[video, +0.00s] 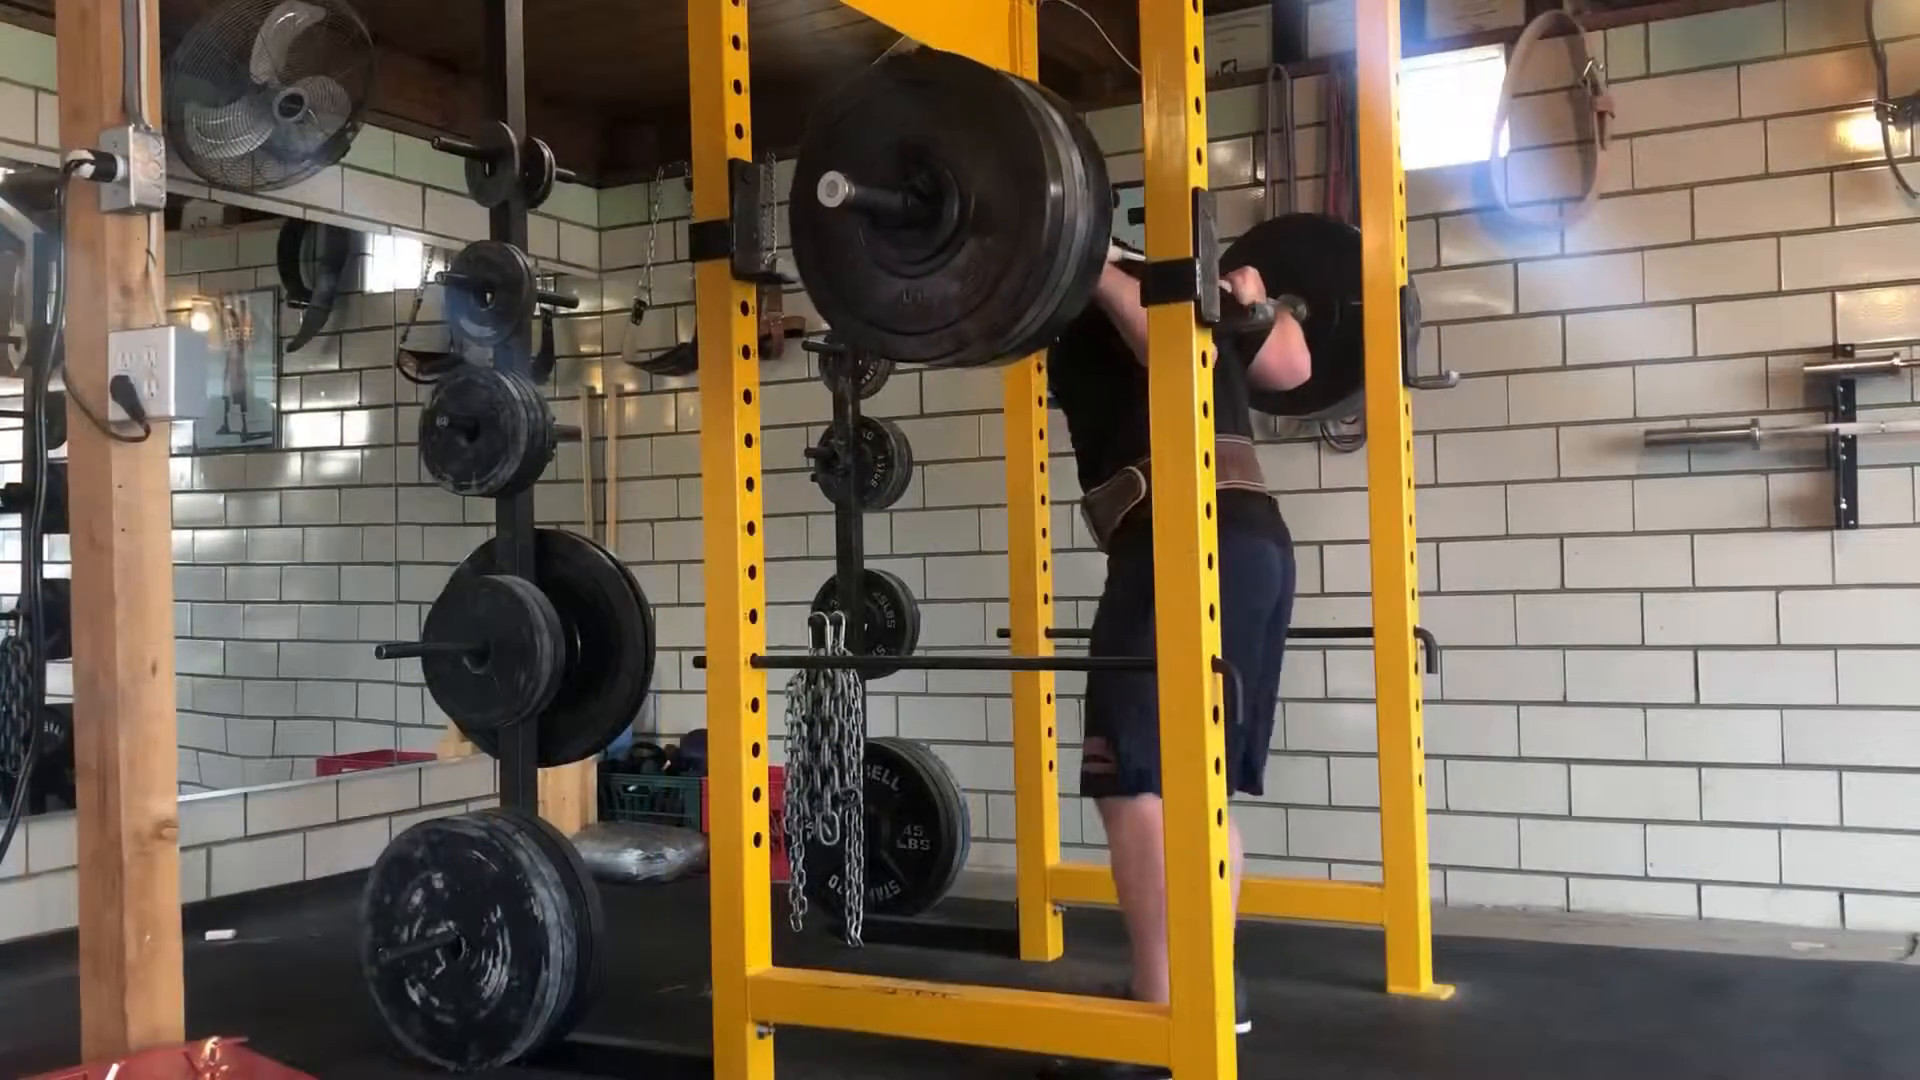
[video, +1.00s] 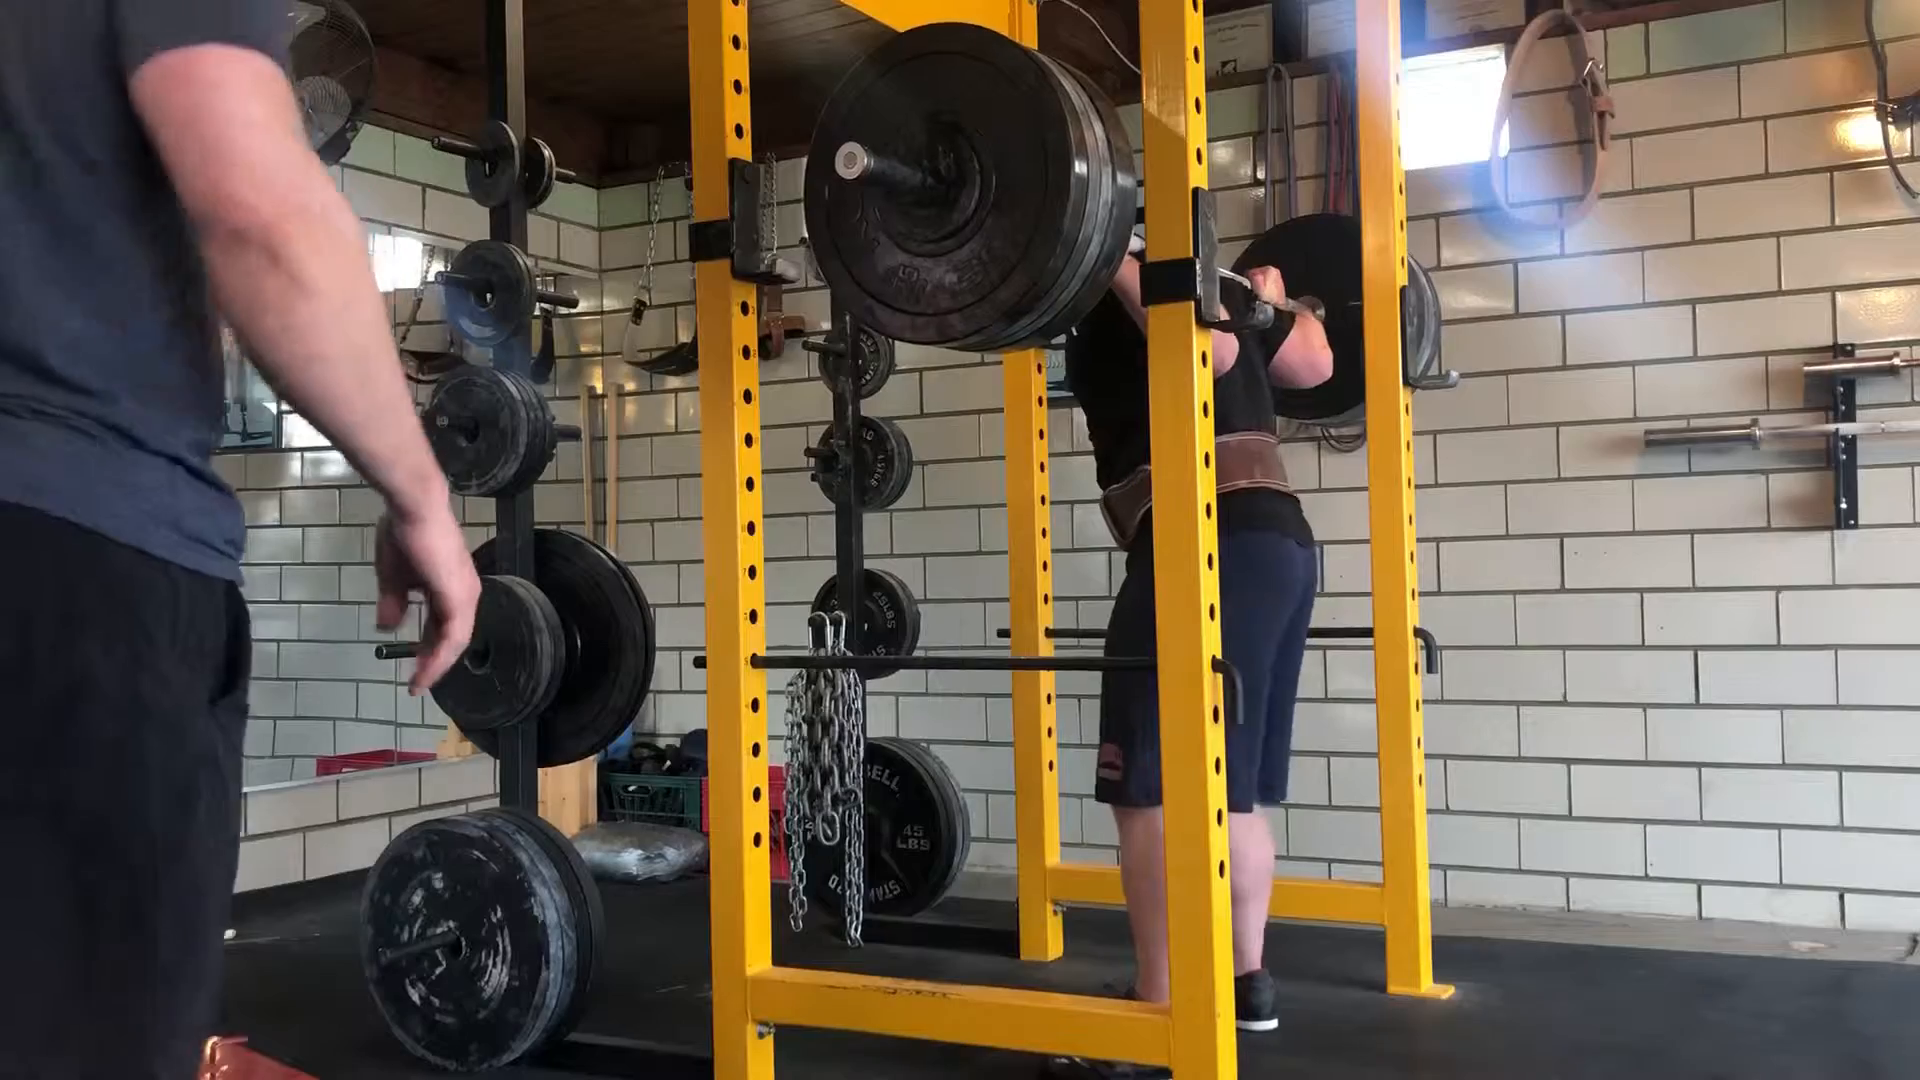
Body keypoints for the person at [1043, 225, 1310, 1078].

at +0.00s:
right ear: (1120, 217)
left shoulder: (1096, 285)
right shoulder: (1206, 282)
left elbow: (1174, 357)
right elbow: (1291, 362)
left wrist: (1095, 268)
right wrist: (1258, 298)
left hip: (1172, 535)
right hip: (1252, 534)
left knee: (1122, 767)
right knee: (1214, 778)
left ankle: (1158, 1003)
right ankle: (1217, 995)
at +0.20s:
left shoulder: (1115, 266)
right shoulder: (1217, 271)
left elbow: (1194, 353)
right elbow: (1301, 358)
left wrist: (1100, 255)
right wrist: (1264, 292)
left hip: (1186, 528)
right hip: (1265, 533)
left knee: (1135, 777)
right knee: (1228, 784)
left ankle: (1160, 1008)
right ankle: (1222, 1002)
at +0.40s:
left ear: (1091, 229)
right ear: (1154, 220)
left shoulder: (1109, 279)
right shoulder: (1222, 288)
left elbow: (1197, 356)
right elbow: (1308, 361)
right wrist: (1272, 296)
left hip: (1185, 537)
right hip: (1273, 542)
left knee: (1136, 782)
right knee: (1238, 780)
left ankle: (1157, 1002)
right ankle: (1244, 985)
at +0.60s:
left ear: (1109, 241)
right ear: (1187, 225)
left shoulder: (1113, 298)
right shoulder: (1230, 288)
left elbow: (1209, 352)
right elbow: (1315, 359)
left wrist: (1124, 266)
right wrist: (1275, 297)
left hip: (1201, 542)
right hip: (1282, 541)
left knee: (1145, 776)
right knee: (1251, 779)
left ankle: (1161, 998)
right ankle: (1245, 984)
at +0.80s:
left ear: (1109, 250)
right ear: (1185, 233)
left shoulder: (1113, 304)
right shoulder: (1230, 289)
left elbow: (1214, 351)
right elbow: (1316, 358)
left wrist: (1130, 273)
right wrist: (1274, 295)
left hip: (1198, 538)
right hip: (1279, 538)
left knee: (1141, 770)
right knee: (1249, 776)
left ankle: (1159, 1000)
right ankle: (1245, 986)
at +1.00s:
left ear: (1105, 240)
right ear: (1174, 230)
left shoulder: (1116, 295)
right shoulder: (1229, 293)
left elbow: (1214, 355)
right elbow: (1314, 363)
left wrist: (1135, 279)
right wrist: (1276, 299)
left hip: (1194, 535)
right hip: (1278, 539)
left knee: (1138, 775)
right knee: (1246, 777)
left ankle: (1158, 1002)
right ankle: (1249, 983)